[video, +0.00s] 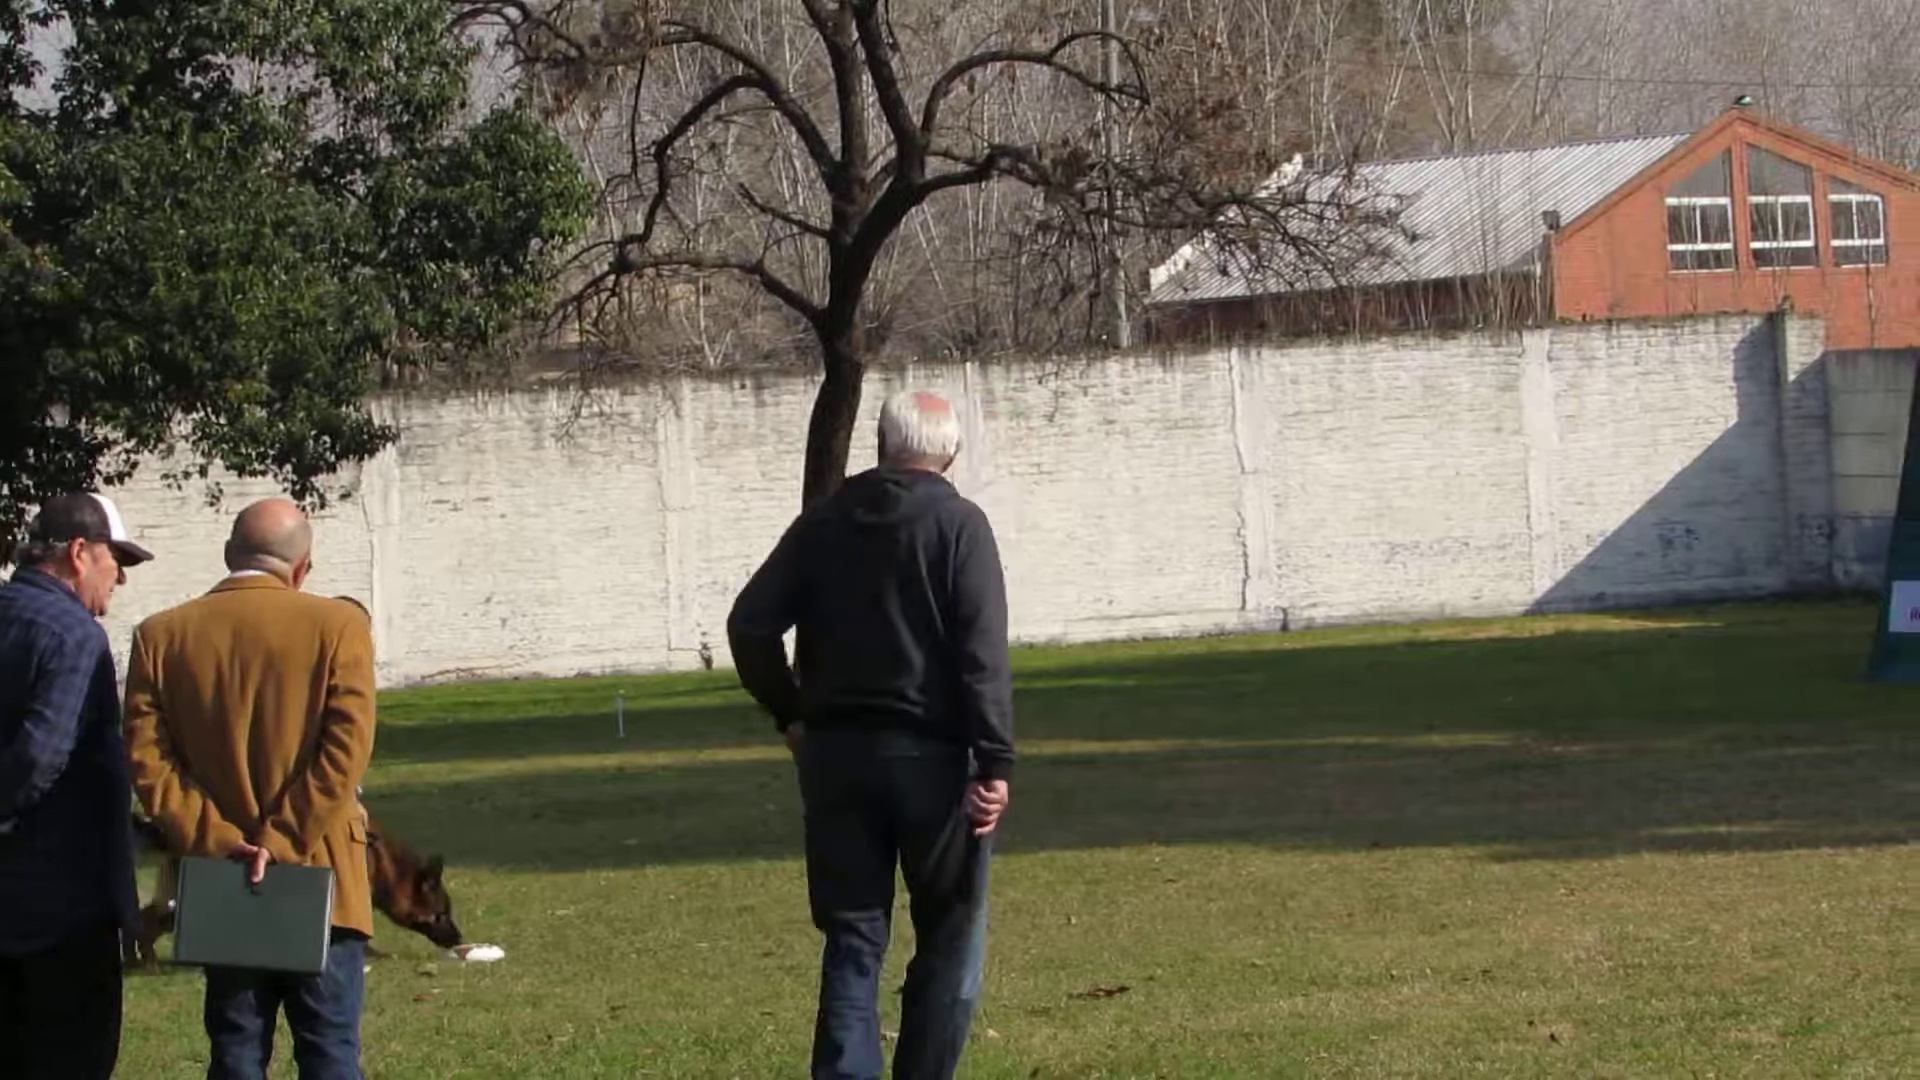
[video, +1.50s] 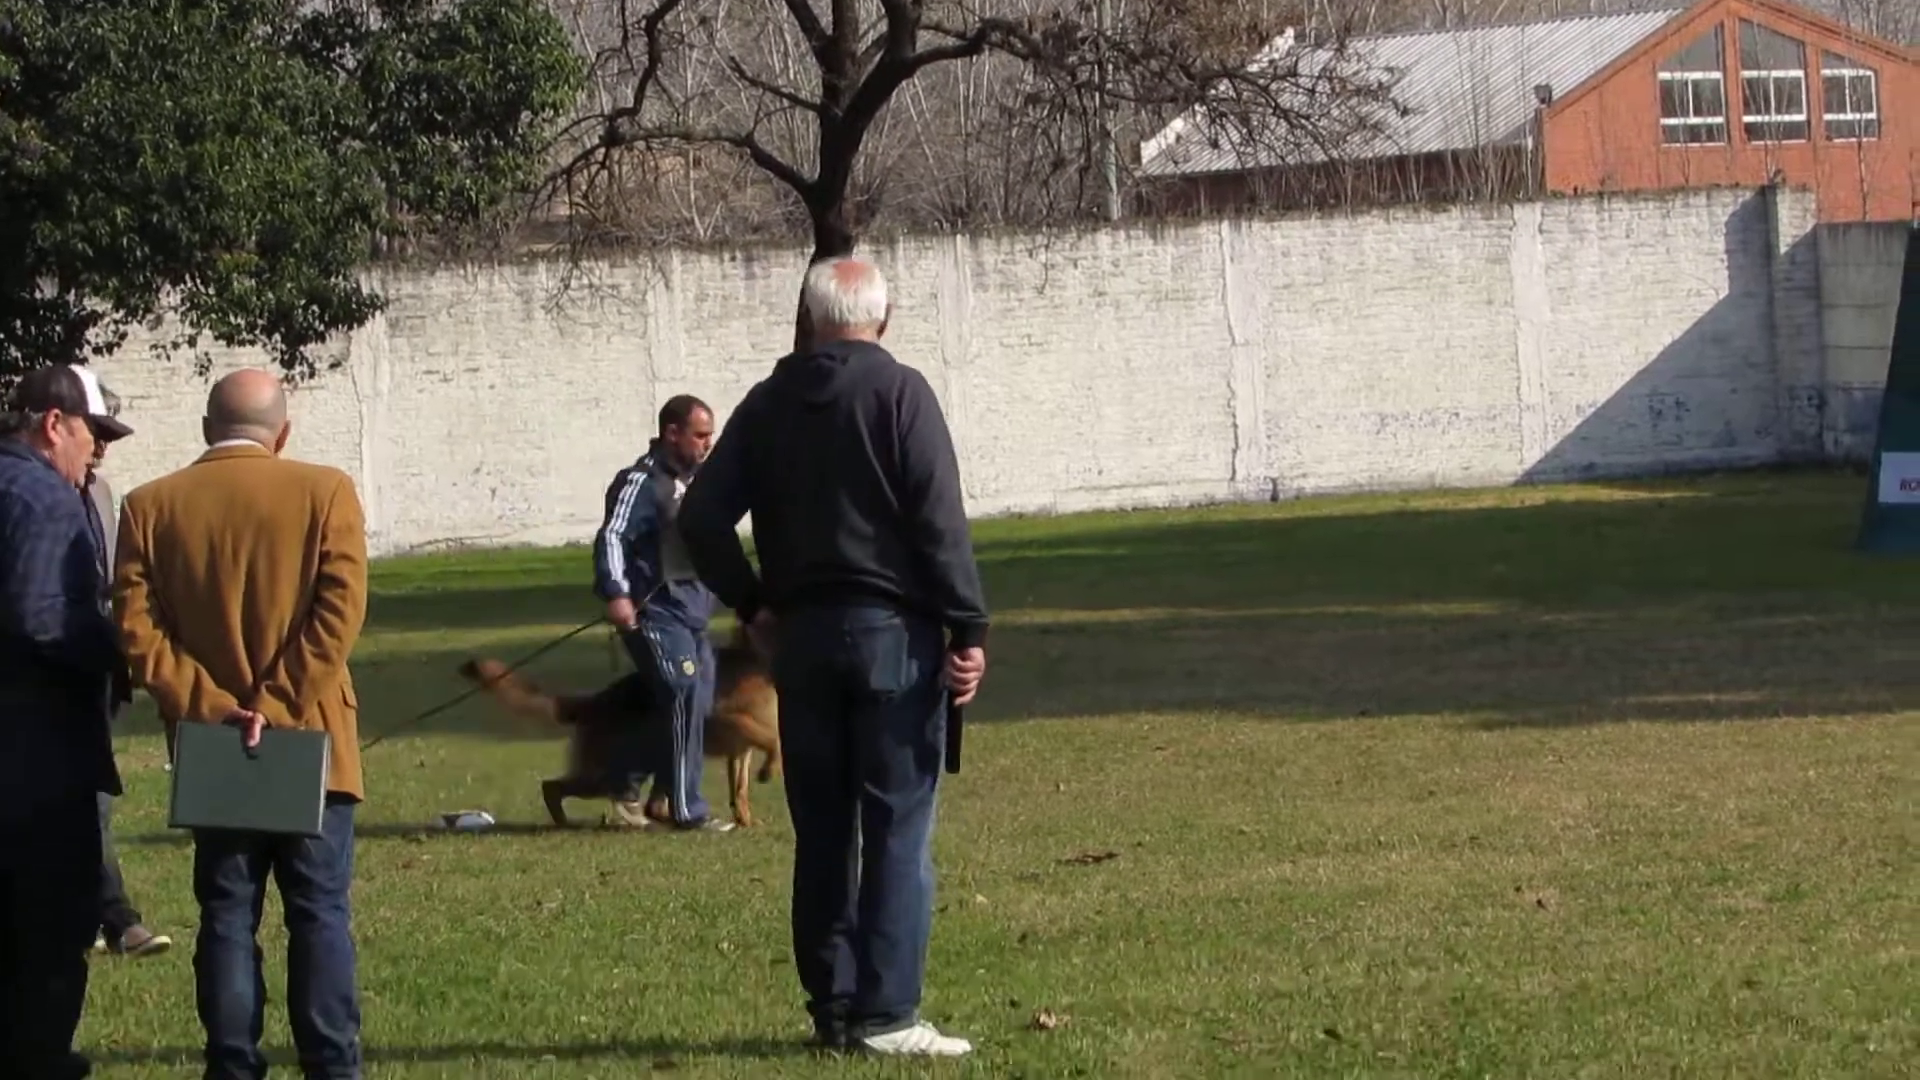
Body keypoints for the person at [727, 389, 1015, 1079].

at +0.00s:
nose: (958, 460)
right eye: (957, 451)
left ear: (883, 444)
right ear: (952, 453)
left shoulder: (826, 517)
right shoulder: (959, 522)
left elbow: (750, 623)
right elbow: (982, 650)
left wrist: (790, 714)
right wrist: (995, 760)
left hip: (835, 759)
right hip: (935, 762)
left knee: (851, 934)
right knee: (951, 936)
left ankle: (844, 1072)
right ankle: (923, 1071)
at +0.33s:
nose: (791, 468)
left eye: (793, 457)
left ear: (807, 459)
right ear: (873, 455)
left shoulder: (769, 541)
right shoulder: (917, 527)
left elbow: (710, 654)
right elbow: (964, 653)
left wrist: (749, 745)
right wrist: (995, 758)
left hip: (811, 778)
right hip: (916, 770)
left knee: (834, 954)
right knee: (960, 920)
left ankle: (847, 1075)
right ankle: (941, 1072)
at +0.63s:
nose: (763, 468)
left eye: (763, 459)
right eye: (766, 459)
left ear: (773, 463)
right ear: (843, 454)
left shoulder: (749, 545)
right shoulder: (897, 518)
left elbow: (696, 661)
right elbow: (952, 638)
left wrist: (738, 753)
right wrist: (992, 742)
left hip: (806, 774)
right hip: (913, 762)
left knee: (828, 968)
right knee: (947, 938)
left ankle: (845, 1076)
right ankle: (951, 1072)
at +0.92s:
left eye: (764, 456)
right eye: (845, 444)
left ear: (768, 460)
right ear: (842, 449)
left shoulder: (740, 545)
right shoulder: (887, 518)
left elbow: (688, 664)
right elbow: (940, 641)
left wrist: (735, 749)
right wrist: (981, 744)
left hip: (799, 773)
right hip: (903, 762)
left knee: (824, 962)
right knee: (949, 929)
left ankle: (844, 1075)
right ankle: (943, 1072)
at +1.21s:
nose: (864, 445)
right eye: (864, 436)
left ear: (788, 444)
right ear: (862, 439)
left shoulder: (753, 528)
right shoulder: (893, 508)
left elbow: (694, 646)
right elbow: (940, 636)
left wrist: (747, 734)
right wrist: (976, 743)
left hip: (801, 760)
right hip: (898, 755)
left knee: (824, 957)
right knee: (918, 945)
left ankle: (837, 1074)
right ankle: (910, 1073)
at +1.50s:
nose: (890, 326)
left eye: (886, 316)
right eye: (888, 316)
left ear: (803, 322)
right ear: (881, 321)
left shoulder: (765, 401)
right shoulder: (899, 391)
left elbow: (700, 516)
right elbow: (938, 521)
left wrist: (751, 602)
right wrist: (970, 627)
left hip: (800, 640)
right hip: (891, 636)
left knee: (819, 826)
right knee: (900, 822)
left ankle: (833, 1009)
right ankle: (888, 1016)